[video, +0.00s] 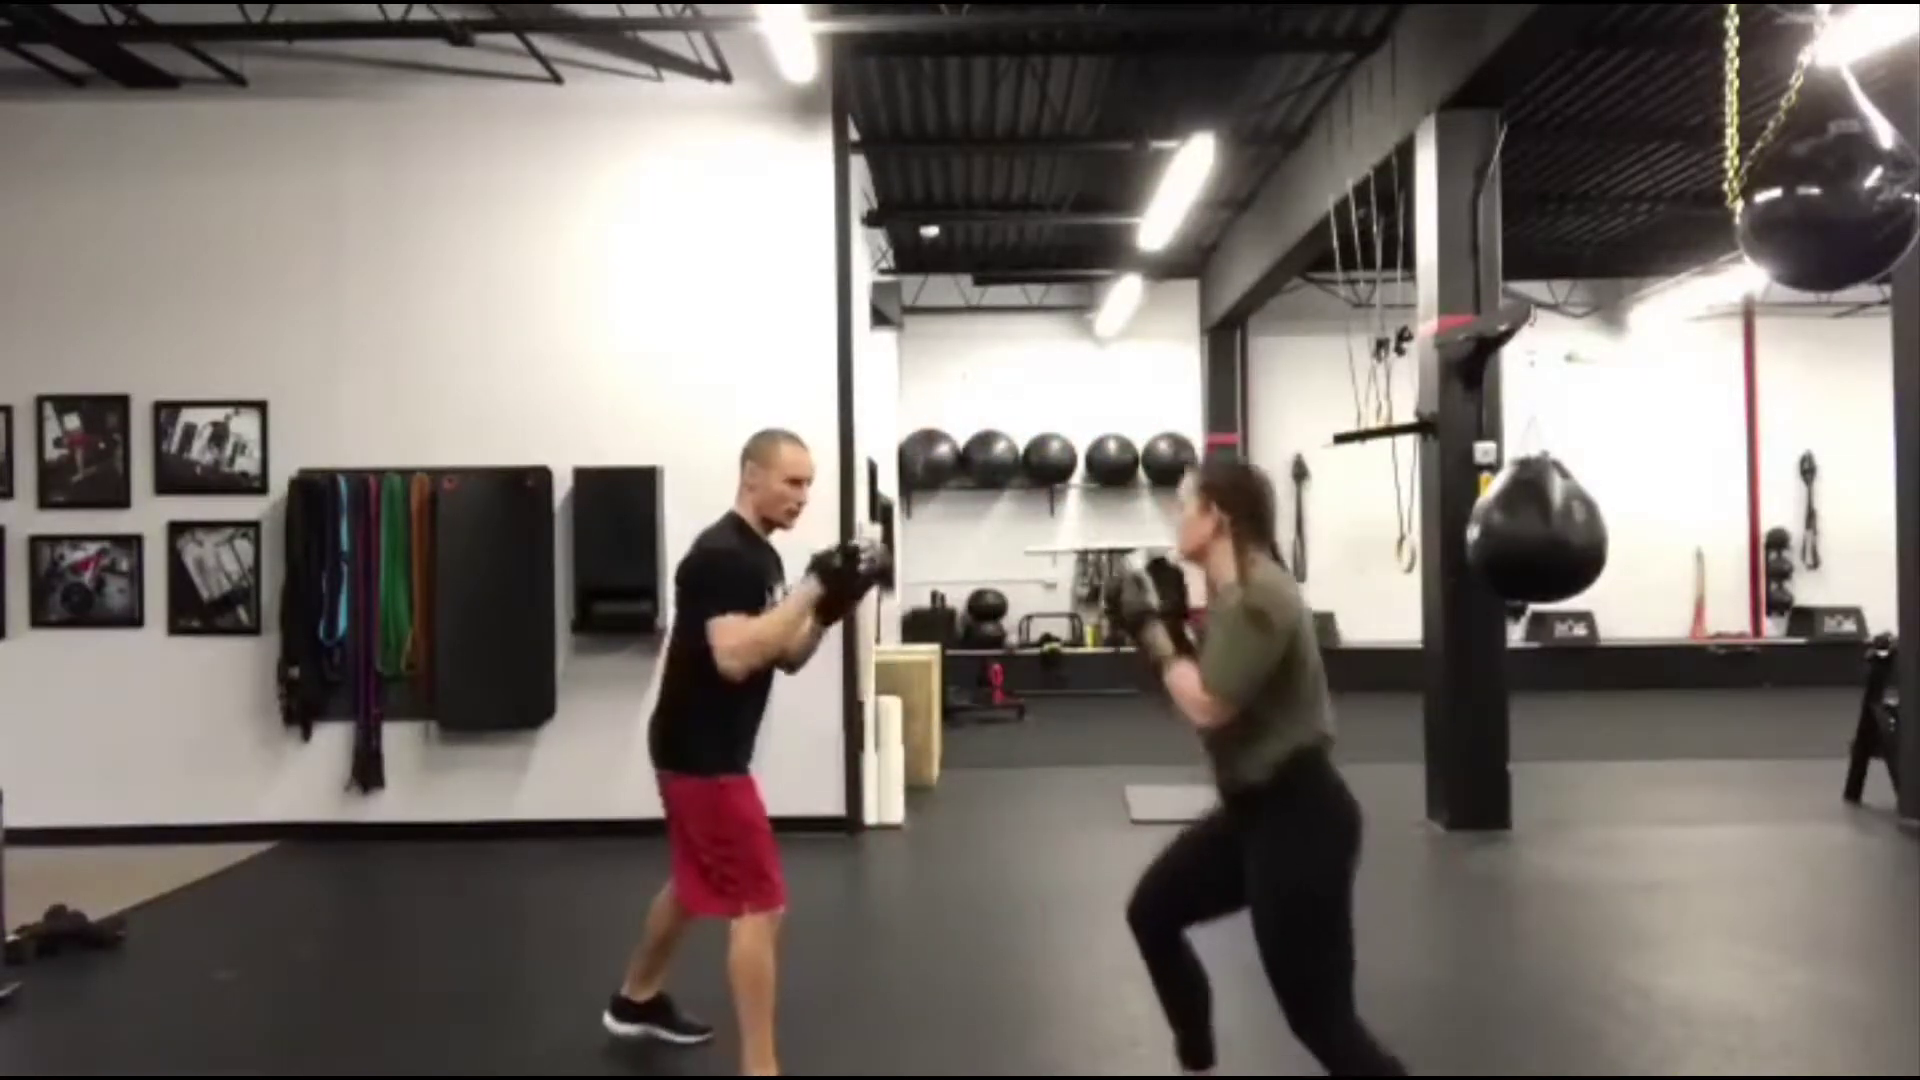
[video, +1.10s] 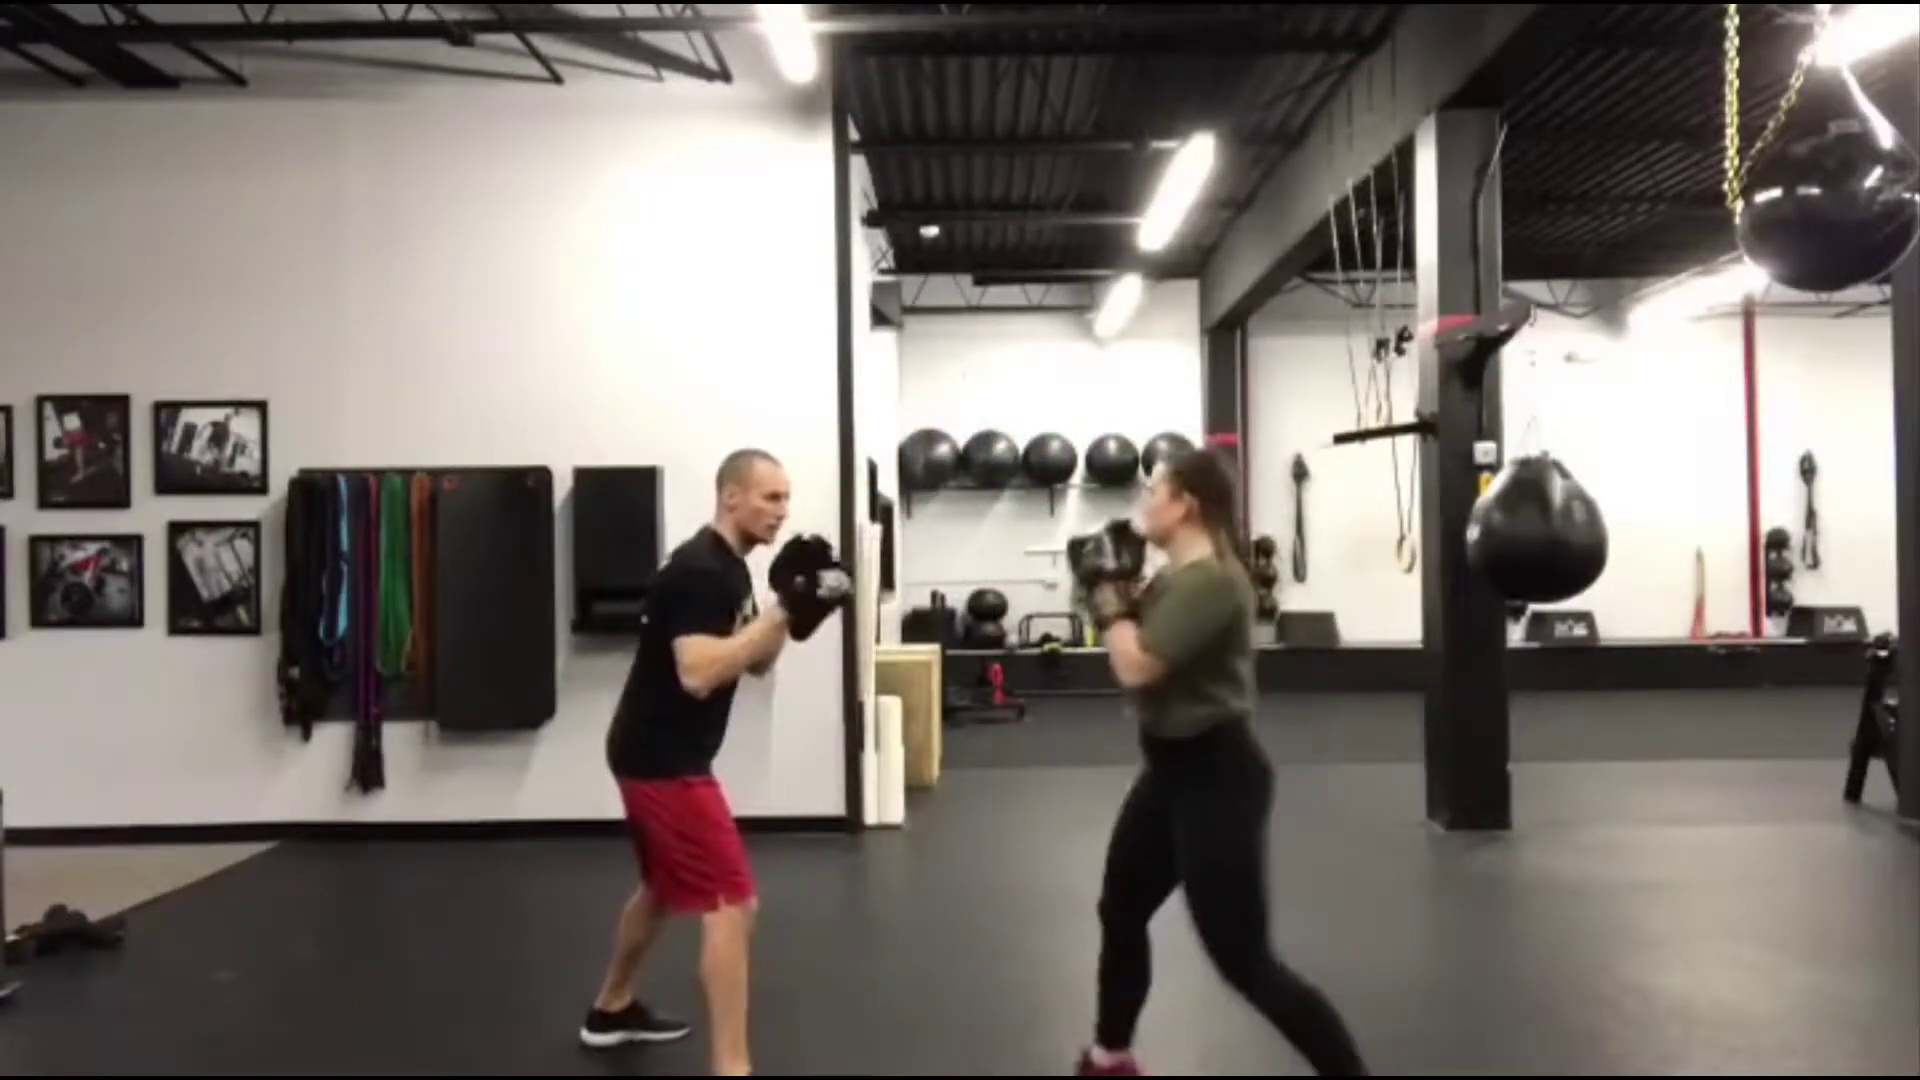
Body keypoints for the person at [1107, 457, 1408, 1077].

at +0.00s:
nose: (1177, 521)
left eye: (1186, 508)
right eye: (1181, 508)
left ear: (1215, 518)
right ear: (1226, 519)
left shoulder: (1259, 597)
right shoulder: (1240, 597)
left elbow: (1208, 706)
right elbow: (1212, 691)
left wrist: (1153, 635)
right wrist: (1169, 629)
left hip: (1301, 817)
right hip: (1263, 815)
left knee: (1321, 1020)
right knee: (1152, 912)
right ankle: (1197, 1064)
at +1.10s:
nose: (1143, 503)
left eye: (1154, 492)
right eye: (1148, 491)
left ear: (1185, 505)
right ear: (1188, 506)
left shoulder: (1210, 580)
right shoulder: (1181, 574)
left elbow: (1136, 666)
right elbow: (1139, 643)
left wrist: (1109, 595)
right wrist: (1119, 589)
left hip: (1218, 773)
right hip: (1174, 771)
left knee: (1241, 959)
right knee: (1122, 912)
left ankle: (1347, 1068)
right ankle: (1111, 1055)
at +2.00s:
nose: (1113, 513)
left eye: (1120, 501)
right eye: (1115, 501)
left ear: (1152, 510)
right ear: (1155, 511)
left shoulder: (1207, 582)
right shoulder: (1152, 576)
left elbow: (1158, 676)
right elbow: (1131, 632)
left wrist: (1110, 595)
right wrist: (1075, 575)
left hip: (1213, 774)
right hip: (1154, 771)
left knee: (1257, 940)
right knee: (1071, 900)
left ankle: (1347, 1068)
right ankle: (1078, 1043)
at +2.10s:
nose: (1084, 528)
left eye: (1093, 517)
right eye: (1087, 517)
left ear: (1126, 526)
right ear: (1124, 526)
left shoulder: (1181, 604)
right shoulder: (1099, 585)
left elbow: (1152, 700)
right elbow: (1025, 573)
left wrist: (1096, 621)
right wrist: (962, 536)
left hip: (1181, 778)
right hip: (1117, 776)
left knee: (1231, 943)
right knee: (1056, 918)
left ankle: (1327, 1068)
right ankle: (1048, 1057)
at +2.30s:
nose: (1068, 530)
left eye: (1079, 520)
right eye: (1071, 520)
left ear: (1112, 533)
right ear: (1102, 534)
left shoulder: (1159, 608)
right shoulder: (1085, 599)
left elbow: (1128, 709)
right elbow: (1036, 645)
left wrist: (1080, 634)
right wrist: (1014, 615)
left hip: (1160, 787)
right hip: (1098, 785)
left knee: (1209, 947)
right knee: (1043, 926)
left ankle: (1304, 1068)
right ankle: (1050, 1061)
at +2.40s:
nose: (1080, 510)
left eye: (1091, 500)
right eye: (1083, 498)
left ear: (1128, 510)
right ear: (1121, 510)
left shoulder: (1175, 578)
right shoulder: (1095, 574)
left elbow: (1140, 673)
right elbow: (1088, 664)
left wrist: (1090, 599)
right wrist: (1047, 613)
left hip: (1191, 759)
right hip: (1128, 759)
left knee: (1213, 922)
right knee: (1080, 909)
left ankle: (1312, 1059)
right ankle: (1048, 1050)